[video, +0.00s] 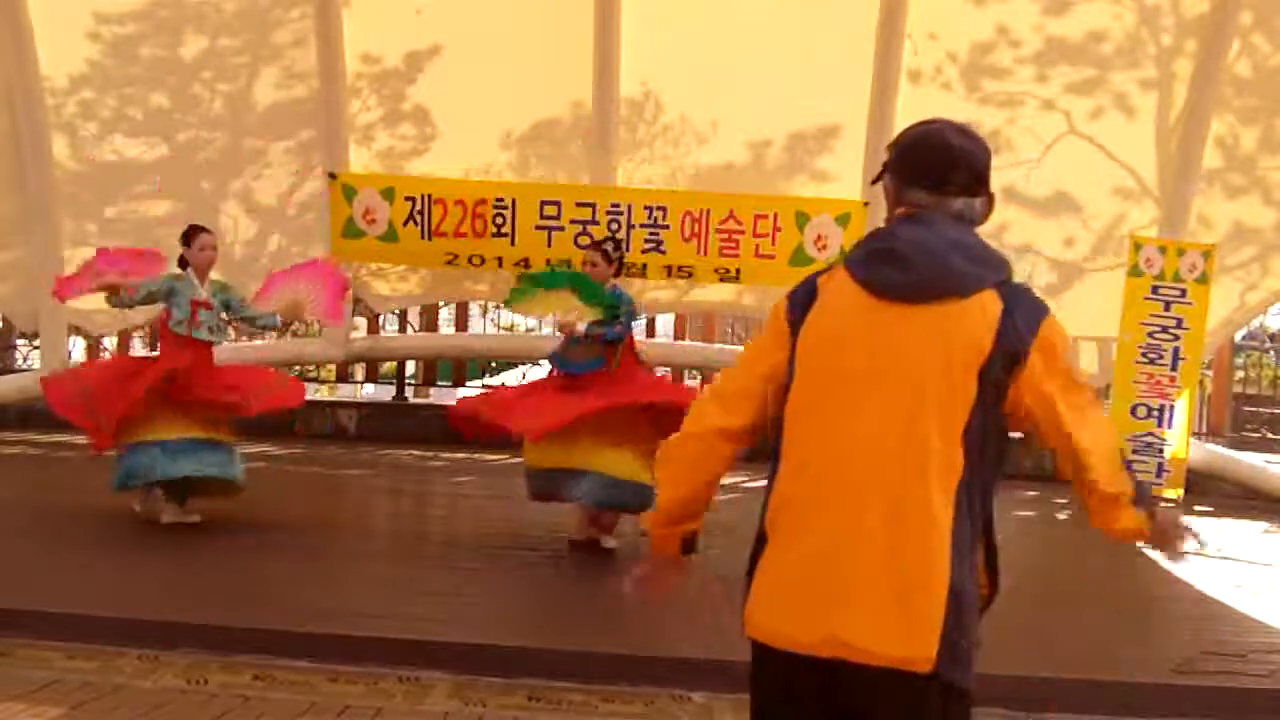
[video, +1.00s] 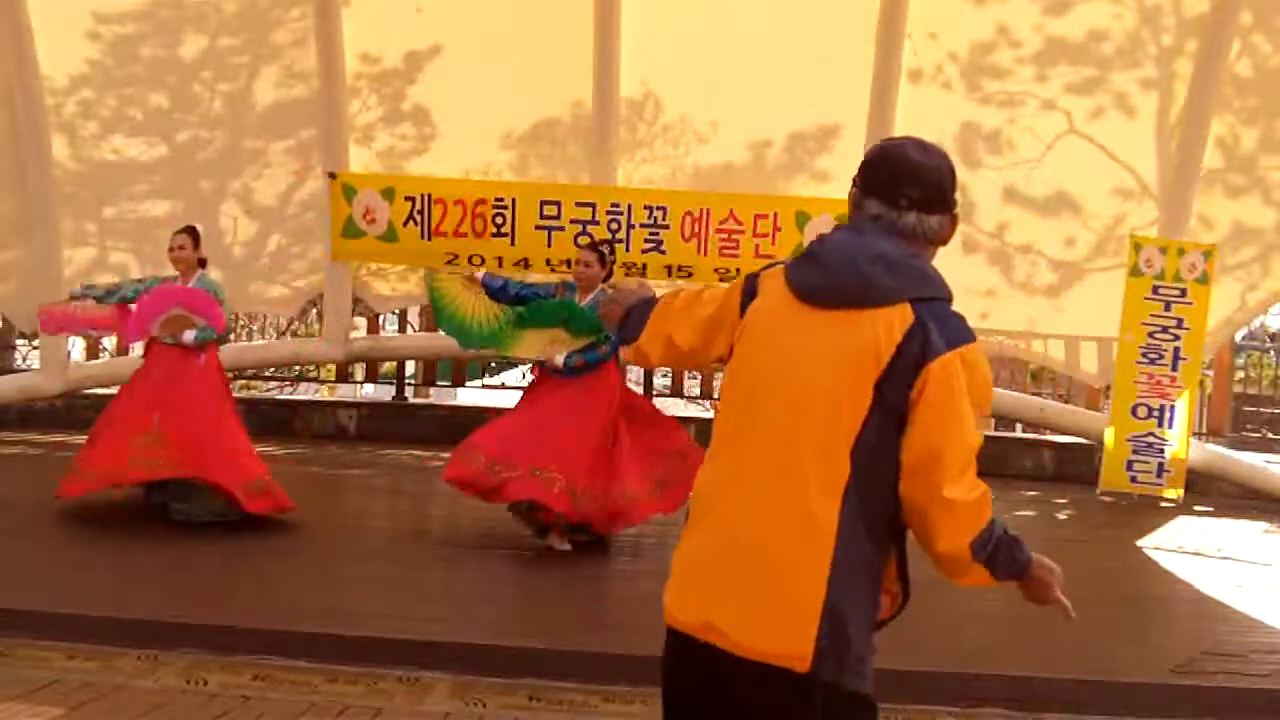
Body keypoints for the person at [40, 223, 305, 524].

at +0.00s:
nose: (212, 255)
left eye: (214, 249)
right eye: (205, 249)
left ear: (216, 253)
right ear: (187, 252)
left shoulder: (221, 291)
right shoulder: (174, 284)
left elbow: (251, 316)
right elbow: (139, 296)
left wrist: (284, 317)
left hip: (201, 368)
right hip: (170, 365)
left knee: (188, 431)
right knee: (162, 428)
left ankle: (175, 502)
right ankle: (151, 492)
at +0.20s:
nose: (202, 252)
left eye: (208, 246)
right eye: (195, 246)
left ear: (215, 251)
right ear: (185, 251)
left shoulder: (220, 291)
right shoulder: (167, 283)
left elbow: (222, 331)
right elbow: (136, 311)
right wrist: (113, 337)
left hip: (199, 366)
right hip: (164, 364)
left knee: (196, 429)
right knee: (171, 425)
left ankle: (174, 502)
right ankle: (171, 498)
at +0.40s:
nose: (184, 247)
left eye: (190, 242)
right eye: (180, 242)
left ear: (202, 247)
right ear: (175, 246)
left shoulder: (207, 279)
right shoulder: (167, 277)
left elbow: (207, 322)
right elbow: (151, 314)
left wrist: (168, 326)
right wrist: (145, 329)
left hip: (196, 356)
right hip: (167, 355)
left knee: (193, 416)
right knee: (170, 415)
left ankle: (191, 486)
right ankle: (176, 486)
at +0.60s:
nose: (180, 248)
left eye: (186, 243)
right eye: (175, 243)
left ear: (199, 248)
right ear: (170, 247)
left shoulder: (205, 281)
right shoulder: (165, 279)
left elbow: (207, 325)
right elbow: (155, 320)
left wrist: (165, 325)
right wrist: (148, 321)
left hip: (192, 359)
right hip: (165, 358)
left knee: (190, 421)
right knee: (167, 421)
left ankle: (190, 490)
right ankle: (174, 489)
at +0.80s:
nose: (176, 254)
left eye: (182, 249)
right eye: (172, 250)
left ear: (197, 253)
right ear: (168, 254)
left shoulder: (206, 288)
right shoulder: (163, 287)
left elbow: (215, 333)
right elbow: (139, 325)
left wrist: (173, 338)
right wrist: (147, 332)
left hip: (196, 367)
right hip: (164, 365)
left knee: (197, 428)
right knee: (159, 425)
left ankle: (207, 495)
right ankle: (166, 493)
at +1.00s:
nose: (175, 254)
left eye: (182, 248)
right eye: (172, 248)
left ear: (197, 253)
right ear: (169, 253)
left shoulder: (210, 289)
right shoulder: (161, 285)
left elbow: (221, 329)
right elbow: (123, 292)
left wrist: (187, 335)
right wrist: (85, 293)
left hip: (195, 365)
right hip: (161, 363)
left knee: (195, 425)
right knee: (158, 424)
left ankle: (197, 494)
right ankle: (161, 490)